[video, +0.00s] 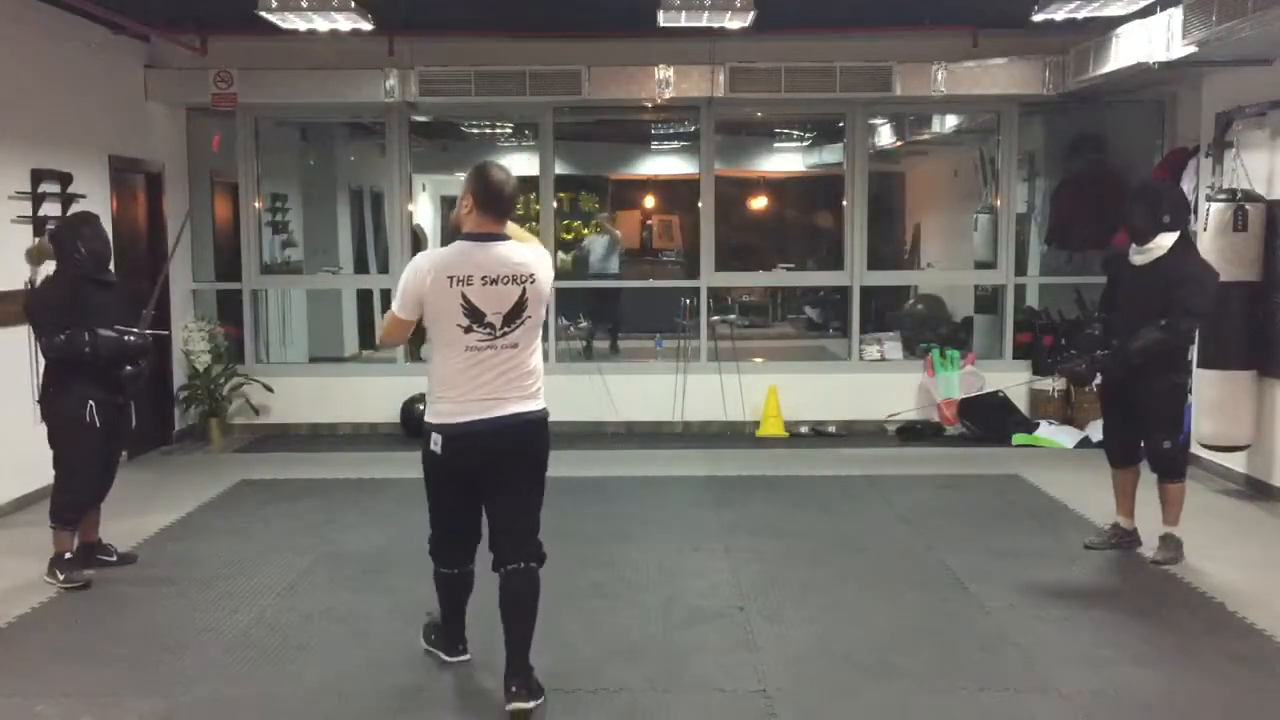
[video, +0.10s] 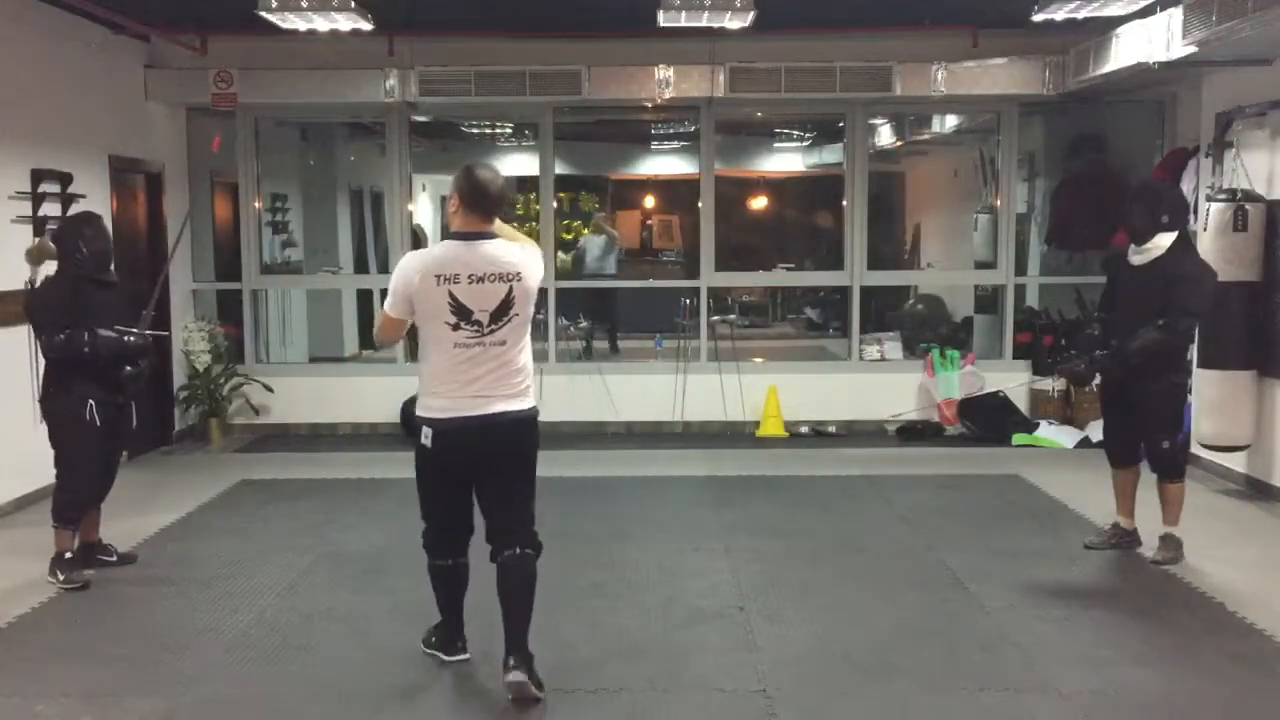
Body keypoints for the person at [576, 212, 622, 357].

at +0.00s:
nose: (602, 224)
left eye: (605, 222)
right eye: (600, 221)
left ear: (611, 222)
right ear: (597, 223)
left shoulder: (614, 237)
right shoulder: (591, 238)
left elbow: (616, 236)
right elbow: (582, 251)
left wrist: (603, 223)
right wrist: (577, 249)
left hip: (611, 276)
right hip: (593, 276)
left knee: (613, 311)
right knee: (592, 311)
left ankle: (614, 342)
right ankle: (588, 344)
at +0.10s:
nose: (599, 224)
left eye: (603, 221)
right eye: (597, 221)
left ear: (608, 223)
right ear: (593, 223)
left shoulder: (611, 238)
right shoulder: (586, 238)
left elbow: (614, 236)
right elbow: (576, 255)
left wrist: (601, 224)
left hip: (607, 277)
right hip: (589, 277)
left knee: (610, 312)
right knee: (588, 313)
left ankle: (613, 344)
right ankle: (588, 347)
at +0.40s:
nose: (593, 223)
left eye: (595, 220)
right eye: (590, 220)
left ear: (599, 221)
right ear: (585, 222)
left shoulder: (603, 235)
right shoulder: (579, 237)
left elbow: (615, 243)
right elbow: (570, 250)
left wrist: (601, 234)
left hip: (601, 276)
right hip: (584, 276)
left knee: (604, 310)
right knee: (585, 312)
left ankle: (607, 341)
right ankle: (587, 346)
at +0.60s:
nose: (590, 223)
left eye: (593, 220)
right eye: (588, 220)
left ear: (597, 222)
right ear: (583, 222)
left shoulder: (603, 237)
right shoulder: (576, 237)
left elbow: (619, 250)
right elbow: (568, 252)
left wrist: (607, 253)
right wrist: (585, 257)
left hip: (600, 279)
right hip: (582, 280)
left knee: (602, 313)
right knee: (582, 315)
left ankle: (606, 345)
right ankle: (587, 346)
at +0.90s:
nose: (592, 234)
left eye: (595, 231)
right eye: (590, 230)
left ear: (599, 229)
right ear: (585, 228)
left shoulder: (604, 237)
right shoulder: (577, 238)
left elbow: (620, 248)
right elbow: (575, 252)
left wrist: (609, 258)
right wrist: (594, 261)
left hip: (599, 281)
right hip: (582, 282)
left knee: (599, 315)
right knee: (583, 317)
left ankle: (601, 347)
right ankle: (586, 347)